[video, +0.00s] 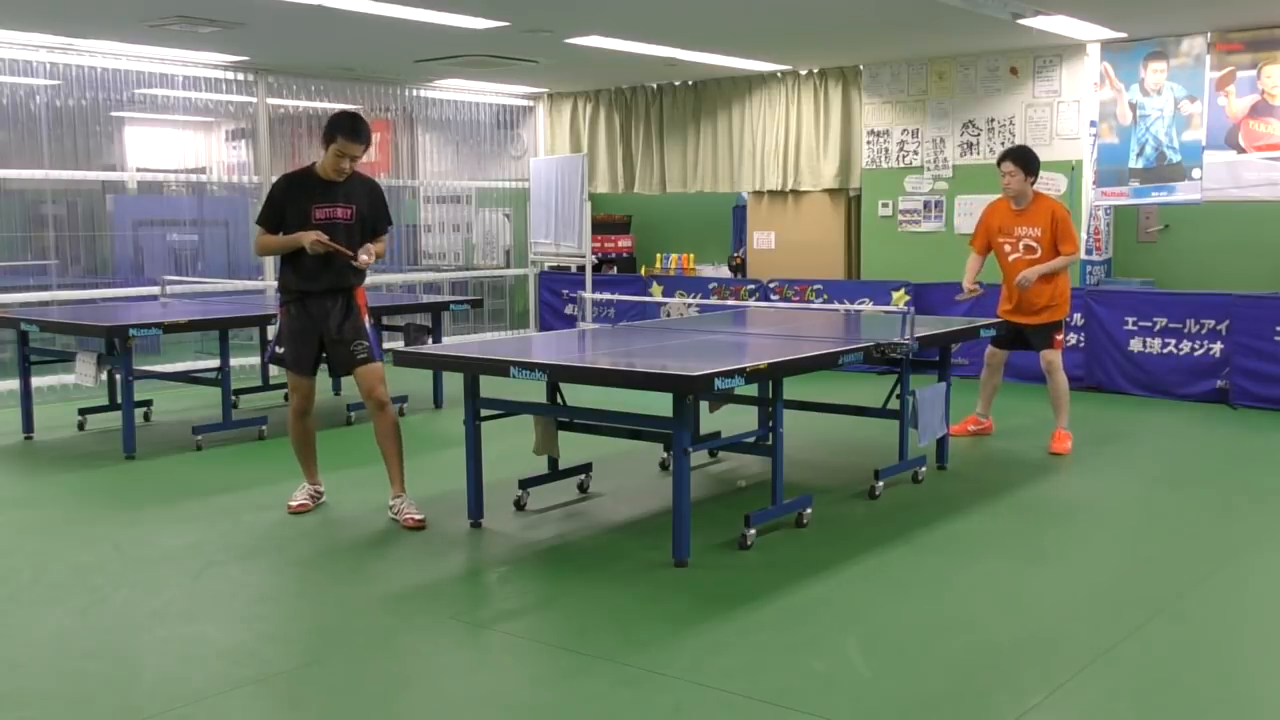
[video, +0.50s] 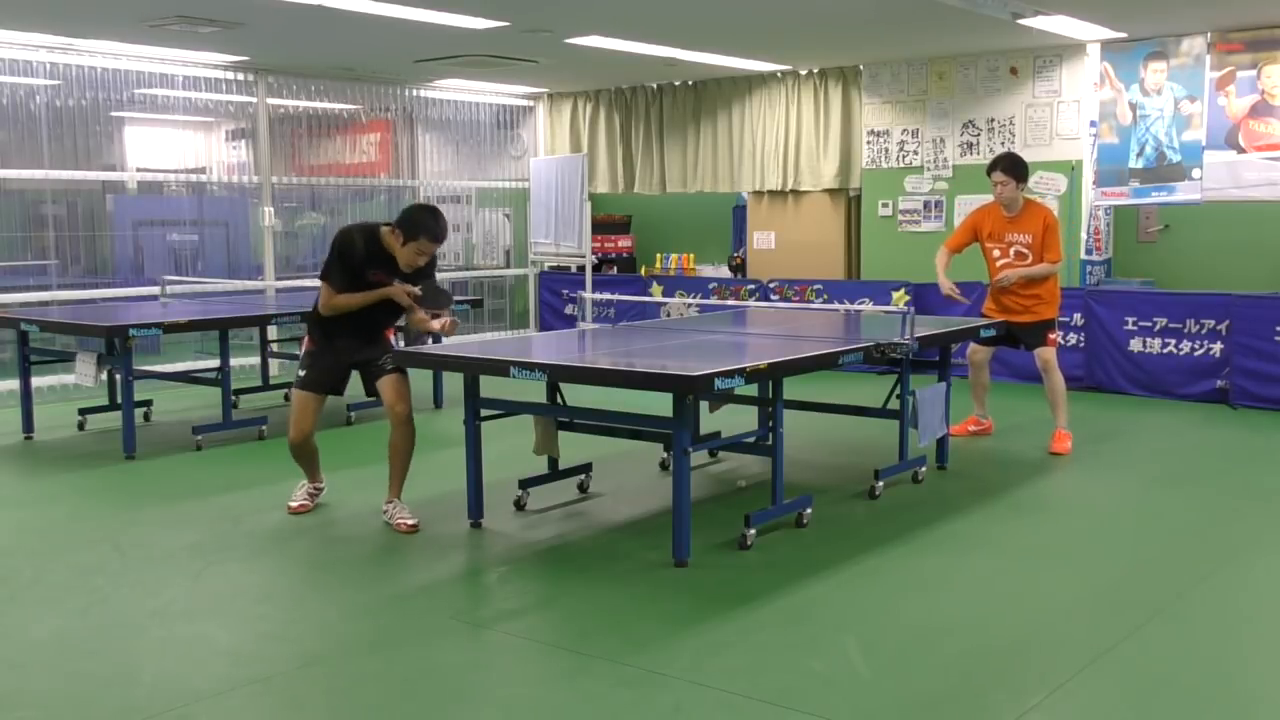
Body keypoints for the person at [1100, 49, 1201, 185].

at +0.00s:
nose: (1158, 77)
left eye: (1162, 72)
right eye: (1154, 71)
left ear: (1167, 73)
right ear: (1143, 72)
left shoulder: (1173, 89)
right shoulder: (1135, 91)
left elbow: (1198, 106)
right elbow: (1125, 121)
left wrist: (1191, 107)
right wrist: (1120, 95)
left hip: (1171, 161)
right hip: (1141, 163)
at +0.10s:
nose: (1158, 77)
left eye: (1162, 72)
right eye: (1154, 71)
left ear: (1167, 73)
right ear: (1143, 72)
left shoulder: (1173, 89)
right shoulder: (1135, 91)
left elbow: (1198, 106)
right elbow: (1125, 121)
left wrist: (1191, 107)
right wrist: (1120, 95)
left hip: (1171, 161)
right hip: (1141, 163)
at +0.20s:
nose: (1158, 77)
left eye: (1162, 72)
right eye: (1154, 71)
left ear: (1167, 73)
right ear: (1143, 72)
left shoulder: (1173, 89)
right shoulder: (1135, 91)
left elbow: (1198, 106)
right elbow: (1125, 121)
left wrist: (1191, 107)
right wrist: (1120, 95)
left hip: (1171, 161)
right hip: (1141, 163)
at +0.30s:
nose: (1158, 77)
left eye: (1162, 72)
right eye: (1154, 71)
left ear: (1167, 73)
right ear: (1143, 72)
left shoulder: (1173, 89)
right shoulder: (1135, 91)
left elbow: (1198, 106)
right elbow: (1125, 121)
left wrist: (1191, 107)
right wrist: (1120, 95)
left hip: (1171, 161)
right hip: (1141, 163)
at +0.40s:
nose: (1158, 77)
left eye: (1162, 72)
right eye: (1154, 71)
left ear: (1167, 73)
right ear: (1143, 72)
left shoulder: (1173, 89)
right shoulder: (1134, 91)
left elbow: (1198, 106)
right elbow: (1125, 121)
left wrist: (1191, 107)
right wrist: (1120, 95)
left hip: (1171, 161)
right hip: (1141, 163)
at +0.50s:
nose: (1158, 77)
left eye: (1162, 72)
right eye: (1154, 71)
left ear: (1167, 73)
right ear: (1143, 72)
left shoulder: (1173, 89)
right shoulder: (1135, 91)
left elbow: (1198, 106)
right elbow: (1125, 121)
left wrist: (1191, 107)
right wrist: (1120, 95)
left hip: (1171, 161)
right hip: (1141, 163)